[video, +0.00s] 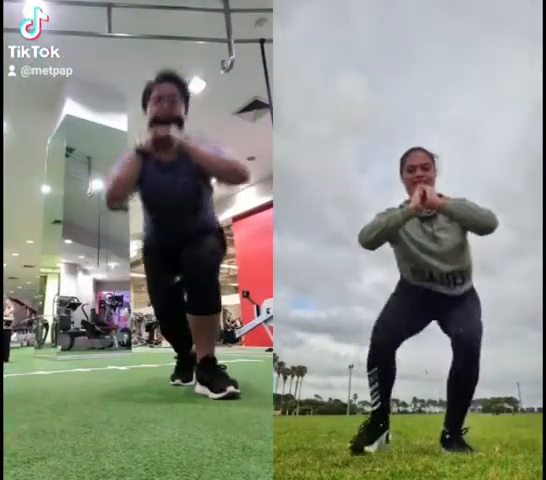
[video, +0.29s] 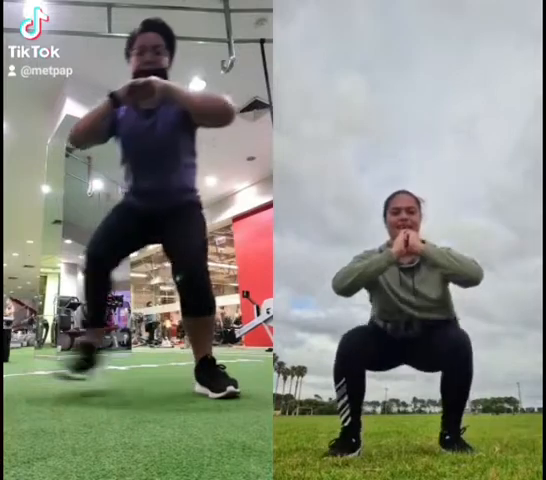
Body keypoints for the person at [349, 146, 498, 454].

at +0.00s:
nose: (420, 175)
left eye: (426, 169)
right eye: (412, 170)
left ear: (436, 173)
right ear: (402, 177)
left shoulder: (455, 207)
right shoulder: (396, 216)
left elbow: (489, 224)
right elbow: (366, 240)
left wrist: (442, 206)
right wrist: (410, 211)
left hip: (459, 299)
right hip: (413, 296)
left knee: (469, 348)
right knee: (381, 342)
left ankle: (453, 434)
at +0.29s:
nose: (403, 218)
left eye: (410, 212)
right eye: (396, 212)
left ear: (420, 219)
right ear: (386, 220)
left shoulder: (436, 256)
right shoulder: (374, 257)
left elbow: (474, 275)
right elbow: (341, 286)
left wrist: (424, 249)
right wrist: (391, 254)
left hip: (431, 341)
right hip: (386, 341)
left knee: (458, 343)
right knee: (352, 344)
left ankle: (451, 437)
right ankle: (349, 438)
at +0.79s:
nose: (369, 186)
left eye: (376, 181)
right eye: (363, 181)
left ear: (386, 185)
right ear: (352, 186)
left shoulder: (401, 223)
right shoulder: (342, 220)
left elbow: (438, 239)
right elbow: (314, 243)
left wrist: (392, 214)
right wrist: (363, 217)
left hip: (392, 306)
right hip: (348, 304)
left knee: (424, 336)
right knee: (334, 344)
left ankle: (431, 428)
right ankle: (348, 437)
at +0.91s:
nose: (356, 186)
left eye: (363, 180)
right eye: (349, 180)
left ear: (373, 186)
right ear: (339, 186)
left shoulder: (387, 221)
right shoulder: (331, 224)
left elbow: (418, 234)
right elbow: (299, 243)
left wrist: (374, 208)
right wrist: (345, 213)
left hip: (380, 306)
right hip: (339, 300)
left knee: (384, 384)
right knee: (333, 350)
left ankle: (345, 387)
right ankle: (349, 438)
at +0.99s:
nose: (351, 193)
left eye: (359, 187)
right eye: (344, 187)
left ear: (368, 194)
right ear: (335, 194)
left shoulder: (382, 228)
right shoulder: (327, 231)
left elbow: (411, 241)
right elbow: (294, 250)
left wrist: (368, 214)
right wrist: (340, 219)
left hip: (376, 314)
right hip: (336, 306)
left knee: (363, 404)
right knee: (332, 348)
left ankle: (328, 399)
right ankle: (348, 434)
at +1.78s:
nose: (353, 174)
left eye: (359, 169)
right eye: (345, 169)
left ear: (369, 175)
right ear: (335, 175)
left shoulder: (385, 212)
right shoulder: (327, 213)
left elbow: (419, 226)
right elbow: (295, 235)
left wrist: (373, 201)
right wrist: (342, 207)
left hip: (380, 300)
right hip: (338, 294)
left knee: (389, 375)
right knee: (327, 346)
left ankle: (349, 405)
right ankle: (349, 433)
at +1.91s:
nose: (365, 172)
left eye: (371, 166)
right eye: (357, 166)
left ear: (381, 172)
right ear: (346, 174)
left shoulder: (397, 212)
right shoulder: (335, 210)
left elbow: (434, 228)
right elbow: (309, 234)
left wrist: (388, 202)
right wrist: (357, 207)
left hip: (390, 300)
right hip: (344, 298)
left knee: (424, 339)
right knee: (329, 347)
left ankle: (415, 423)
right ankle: (348, 436)